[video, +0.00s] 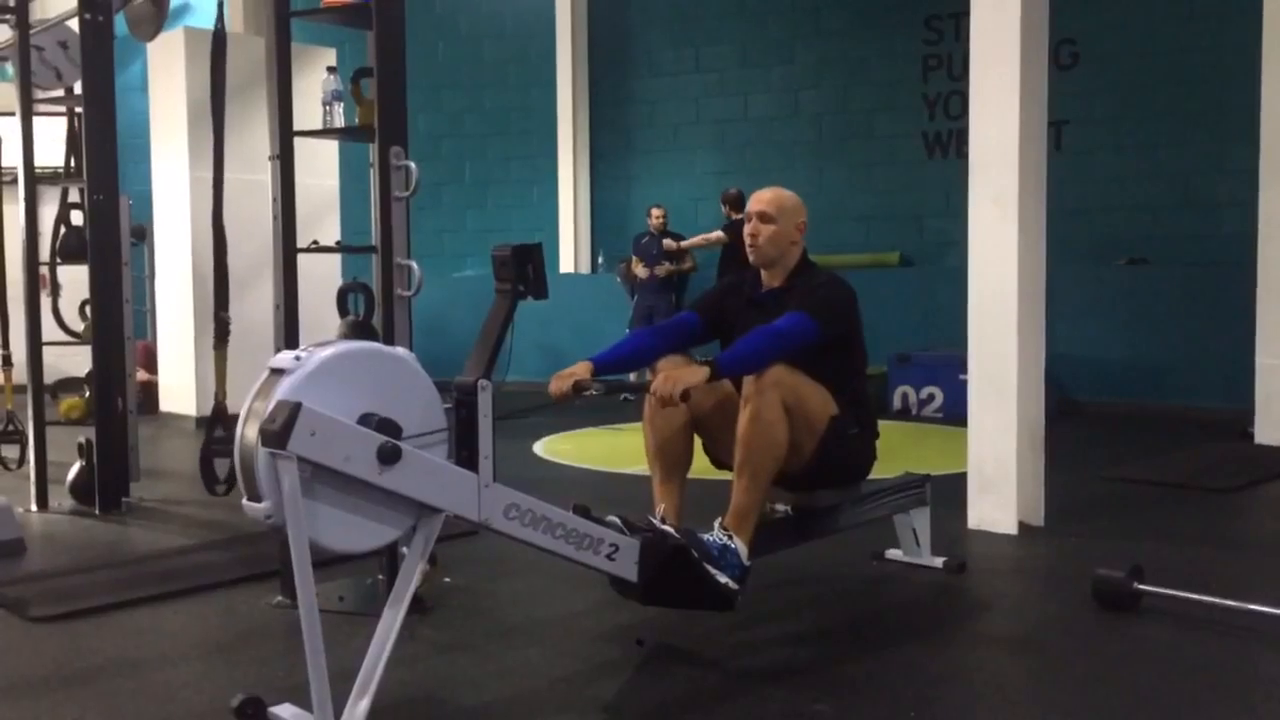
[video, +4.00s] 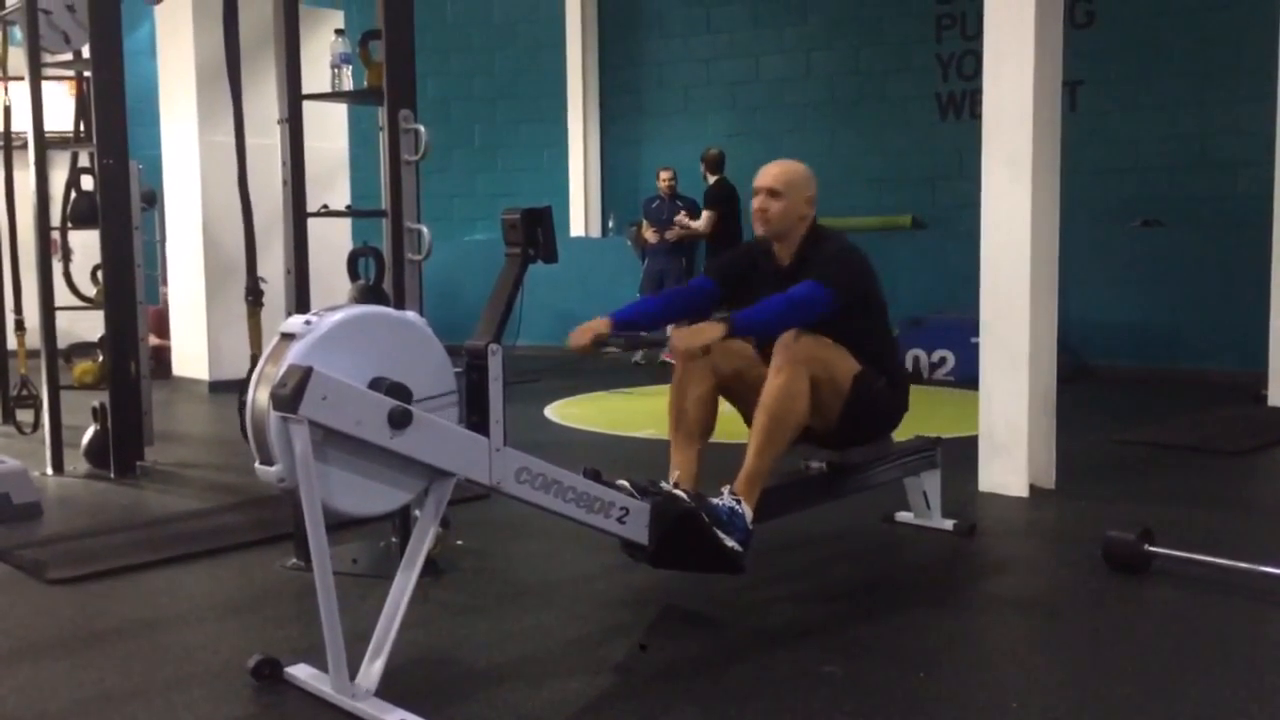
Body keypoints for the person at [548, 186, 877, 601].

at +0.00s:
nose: (750, 230)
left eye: (764, 220)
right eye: (747, 221)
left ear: (798, 232)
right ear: (741, 231)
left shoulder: (829, 293)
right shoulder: (735, 291)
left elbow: (780, 338)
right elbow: (669, 335)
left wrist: (709, 370)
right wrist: (591, 365)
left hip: (836, 453)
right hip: (761, 451)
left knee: (768, 379)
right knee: (670, 380)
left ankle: (734, 544)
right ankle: (666, 528)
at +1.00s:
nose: (793, 192)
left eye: (807, 183)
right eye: (791, 183)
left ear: (840, 196)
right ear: (785, 191)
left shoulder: (869, 257)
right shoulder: (775, 257)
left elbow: (820, 300)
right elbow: (709, 296)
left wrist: (751, 324)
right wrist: (637, 320)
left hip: (874, 407)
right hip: (799, 407)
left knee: (795, 349)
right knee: (712, 351)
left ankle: (746, 512)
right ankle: (684, 496)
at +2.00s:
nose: (893, 187)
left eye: (904, 177)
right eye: (887, 177)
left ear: (934, 178)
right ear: (882, 179)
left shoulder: (972, 234)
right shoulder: (871, 234)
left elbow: (1004, 309)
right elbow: (832, 310)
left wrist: (946, 281)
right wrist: (822, 287)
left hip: (922, 360)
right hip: (858, 351)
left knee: (834, 384)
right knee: (783, 378)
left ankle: (748, 493)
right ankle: (693, 476)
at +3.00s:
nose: (910, 188)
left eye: (923, 180)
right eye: (905, 179)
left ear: (951, 188)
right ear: (900, 186)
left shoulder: (972, 244)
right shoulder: (873, 247)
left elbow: (957, 295)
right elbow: (830, 297)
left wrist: (898, 299)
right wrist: (785, 304)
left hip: (923, 364)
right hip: (858, 356)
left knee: (832, 397)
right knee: (776, 391)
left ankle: (744, 501)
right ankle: (679, 484)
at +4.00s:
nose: (759, 205)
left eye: (773, 196)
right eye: (756, 195)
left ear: (807, 206)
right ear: (751, 200)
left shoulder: (840, 258)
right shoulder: (751, 258)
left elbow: (800, 306)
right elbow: (693, 298)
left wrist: (723, 326)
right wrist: (610, 323)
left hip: (865, 410)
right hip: (793, 412)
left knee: (795, 345)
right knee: (698, 349)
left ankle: (740, 507)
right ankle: (680, 490)